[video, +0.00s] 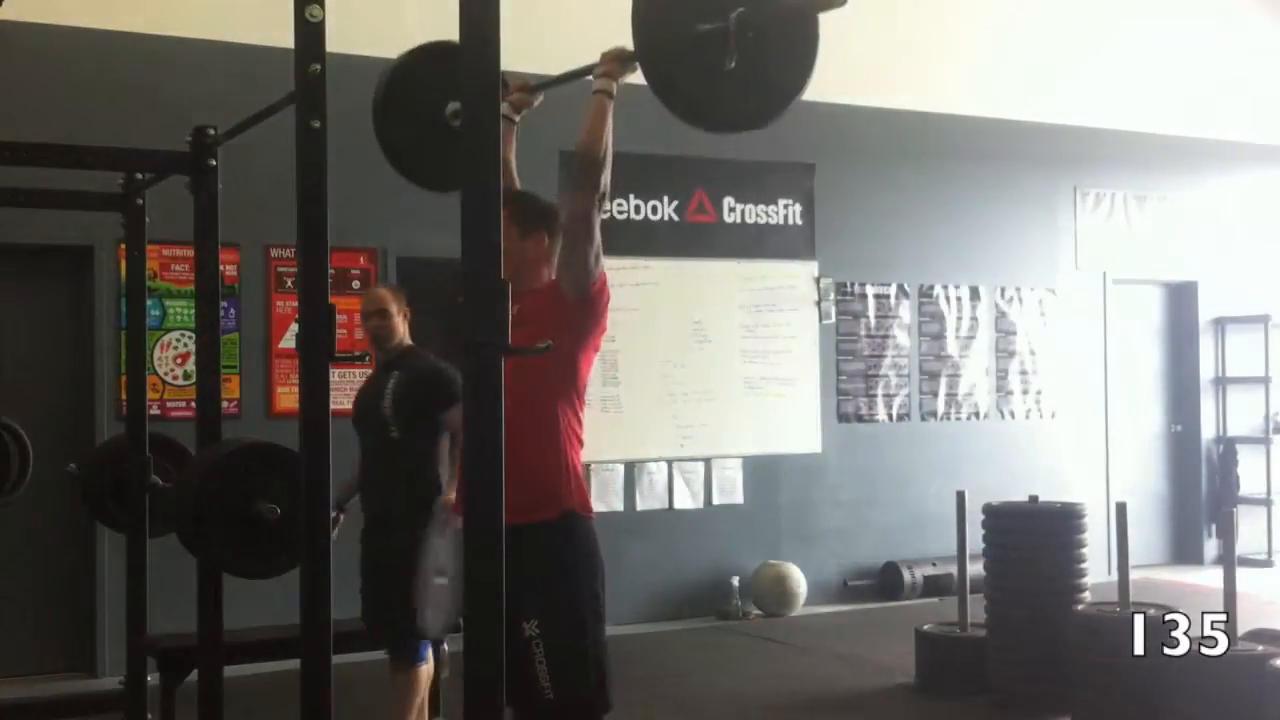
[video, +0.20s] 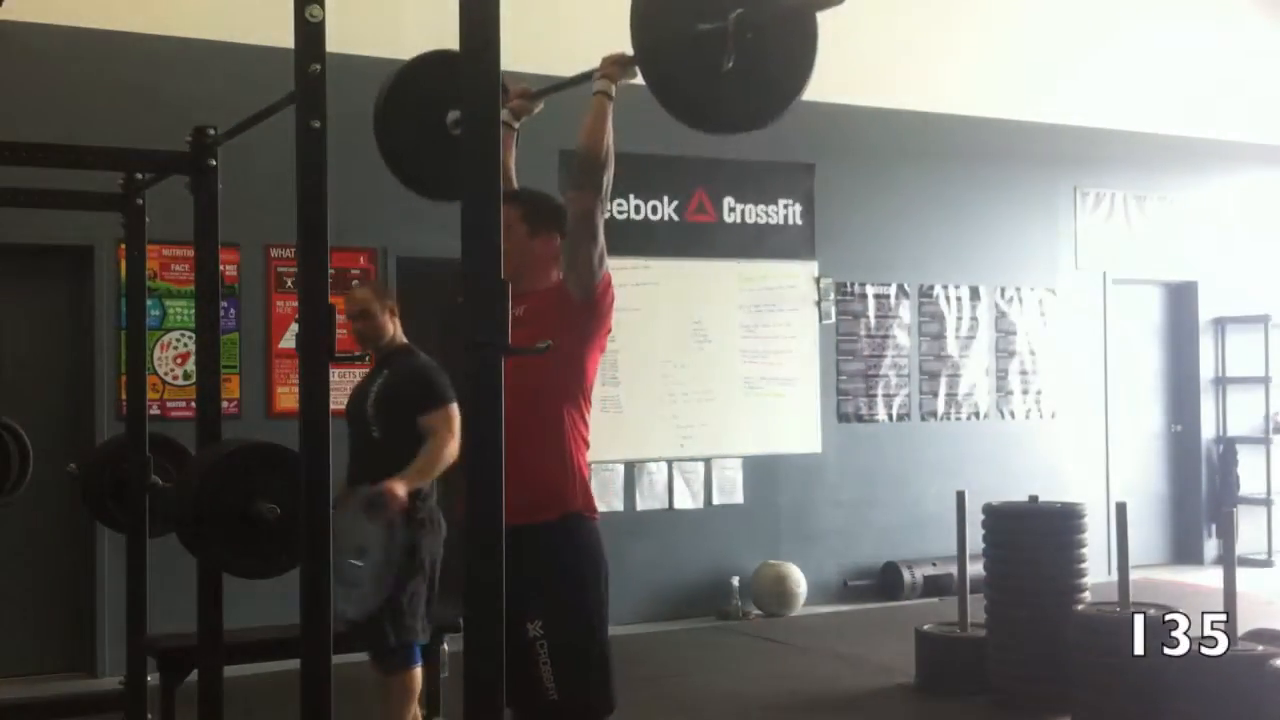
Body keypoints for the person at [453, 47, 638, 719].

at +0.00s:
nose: (494, 246)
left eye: (506, 233)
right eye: (492, 233)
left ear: (541, 241)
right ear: (502, 242)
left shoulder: (571, 304)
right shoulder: (498, 307)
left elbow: (586, 195)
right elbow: (500, 211)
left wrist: (603, 85)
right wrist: (510, 118)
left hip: (553, 524)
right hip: (490, 526)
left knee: (574, 691)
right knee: (501, 686)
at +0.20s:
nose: (498, 238)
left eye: (510, 227)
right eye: (497, 228)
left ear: (548, 241)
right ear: (508, 242)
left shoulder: (579, 303)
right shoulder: (497, 305)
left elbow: (586, 191)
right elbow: (498, 215)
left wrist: (604, 87)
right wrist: (508, 127)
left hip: (557, 528)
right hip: (492, 529)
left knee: (576, 696)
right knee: (504, 692)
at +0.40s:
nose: (514, 235)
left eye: (529, 227)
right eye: (514, 226)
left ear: (564, 237)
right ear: (511, 239)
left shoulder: (586, 306)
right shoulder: (497, 302)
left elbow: (582, 206)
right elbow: (474, 228)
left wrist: (598, 110)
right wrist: (502, 153)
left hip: (563, 525)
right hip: (495, 525)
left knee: (583, 688)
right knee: (511, 682)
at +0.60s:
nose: (560, 247)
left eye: (578, 239)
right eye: (561, 236)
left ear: (608, 255)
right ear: (553, 244)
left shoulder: (606, 324)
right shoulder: (520, 310)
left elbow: (566, 234)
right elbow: (463, 267)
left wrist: (588, 145)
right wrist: (496, 187)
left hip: (565, 536)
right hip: (500, 534)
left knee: (577, 698)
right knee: (513, 695)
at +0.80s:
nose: (580, 223)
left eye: (603, 220)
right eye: (585, 213)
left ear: (627, 257)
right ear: (568, 238)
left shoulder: (619, 325)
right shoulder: (525, 320)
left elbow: (559, 287)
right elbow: (452, 304)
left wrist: (579, 197)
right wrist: (486, 227)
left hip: (570, 532)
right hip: (505, 529)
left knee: (579, 697)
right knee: (517, 692)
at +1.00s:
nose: (576, 251)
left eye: (595, 241)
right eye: (578, 240)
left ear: (620, 264)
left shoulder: (626, 333)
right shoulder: (531, 330)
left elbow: (561, 327)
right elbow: (454, 352)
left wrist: (572, 255)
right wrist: (487, 277)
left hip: (571, 530)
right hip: (508, 529)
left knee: (578, 691)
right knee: (514, 688)